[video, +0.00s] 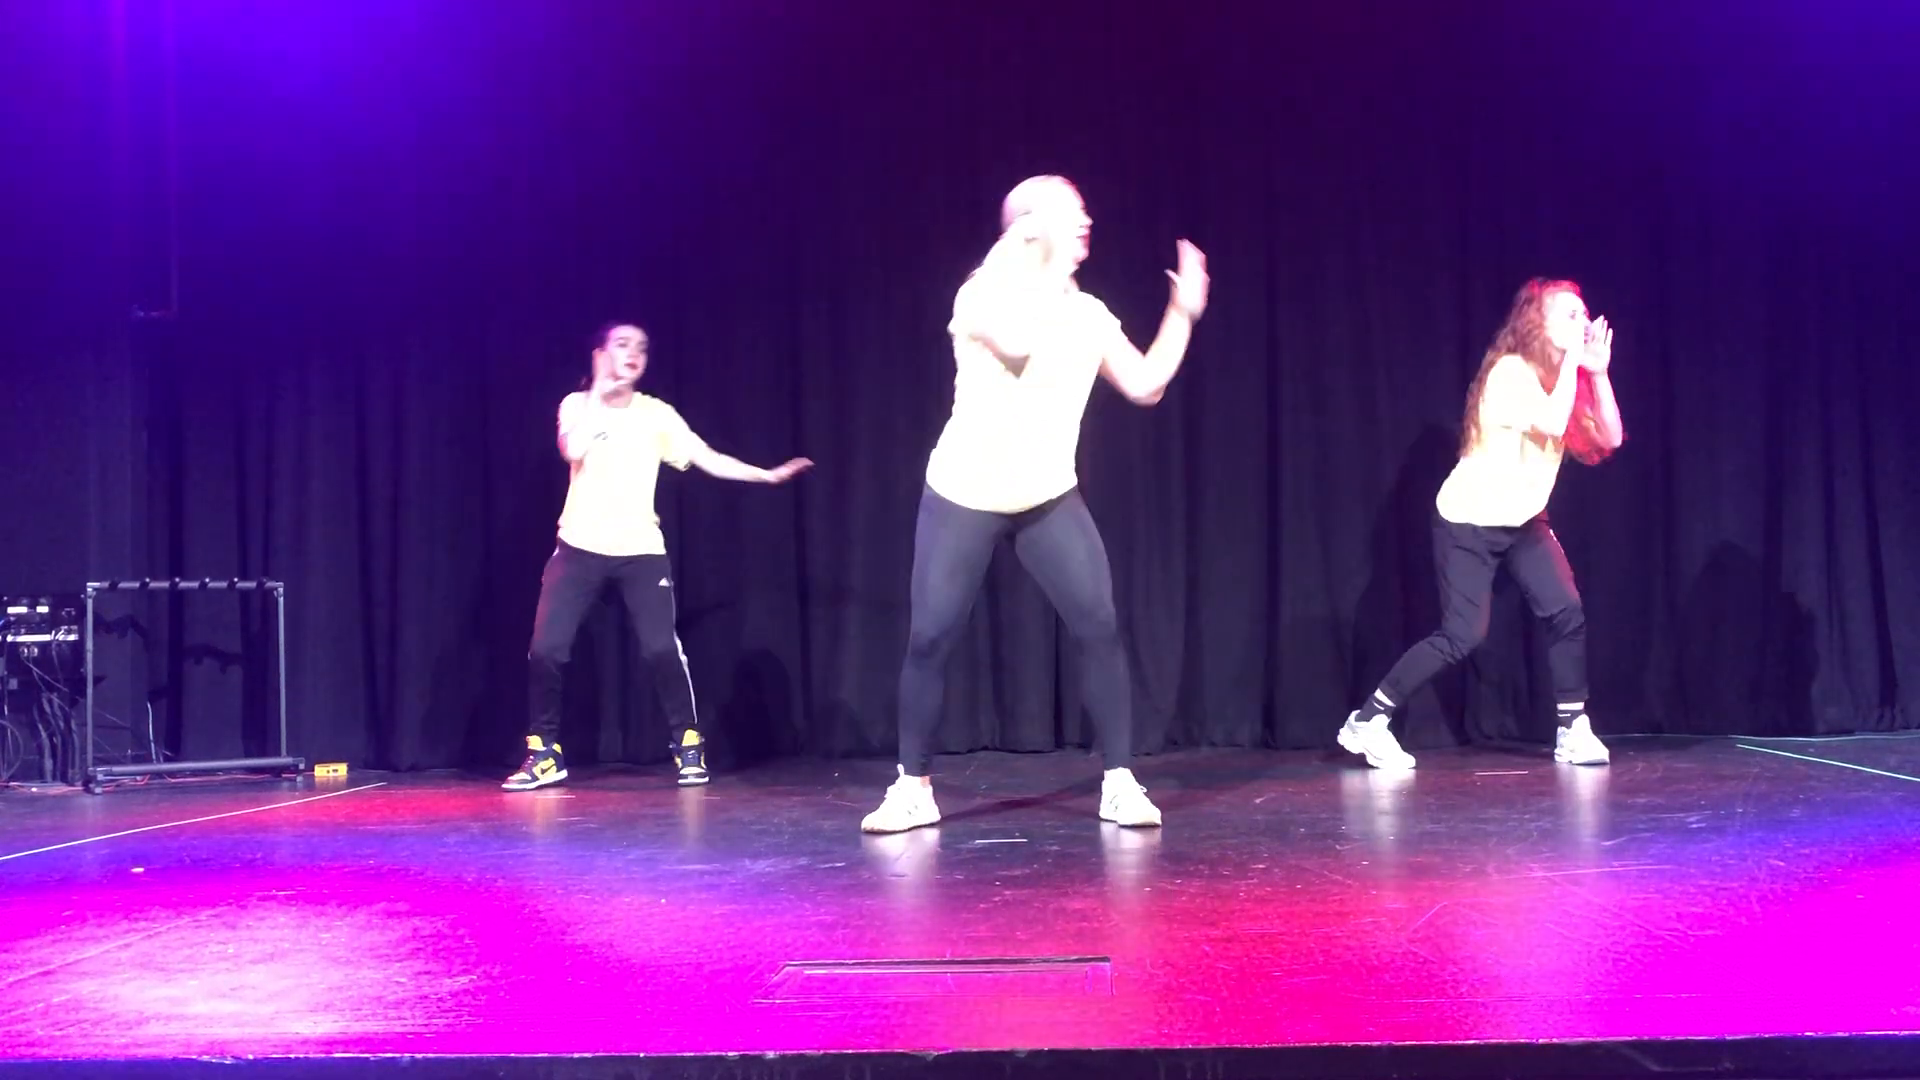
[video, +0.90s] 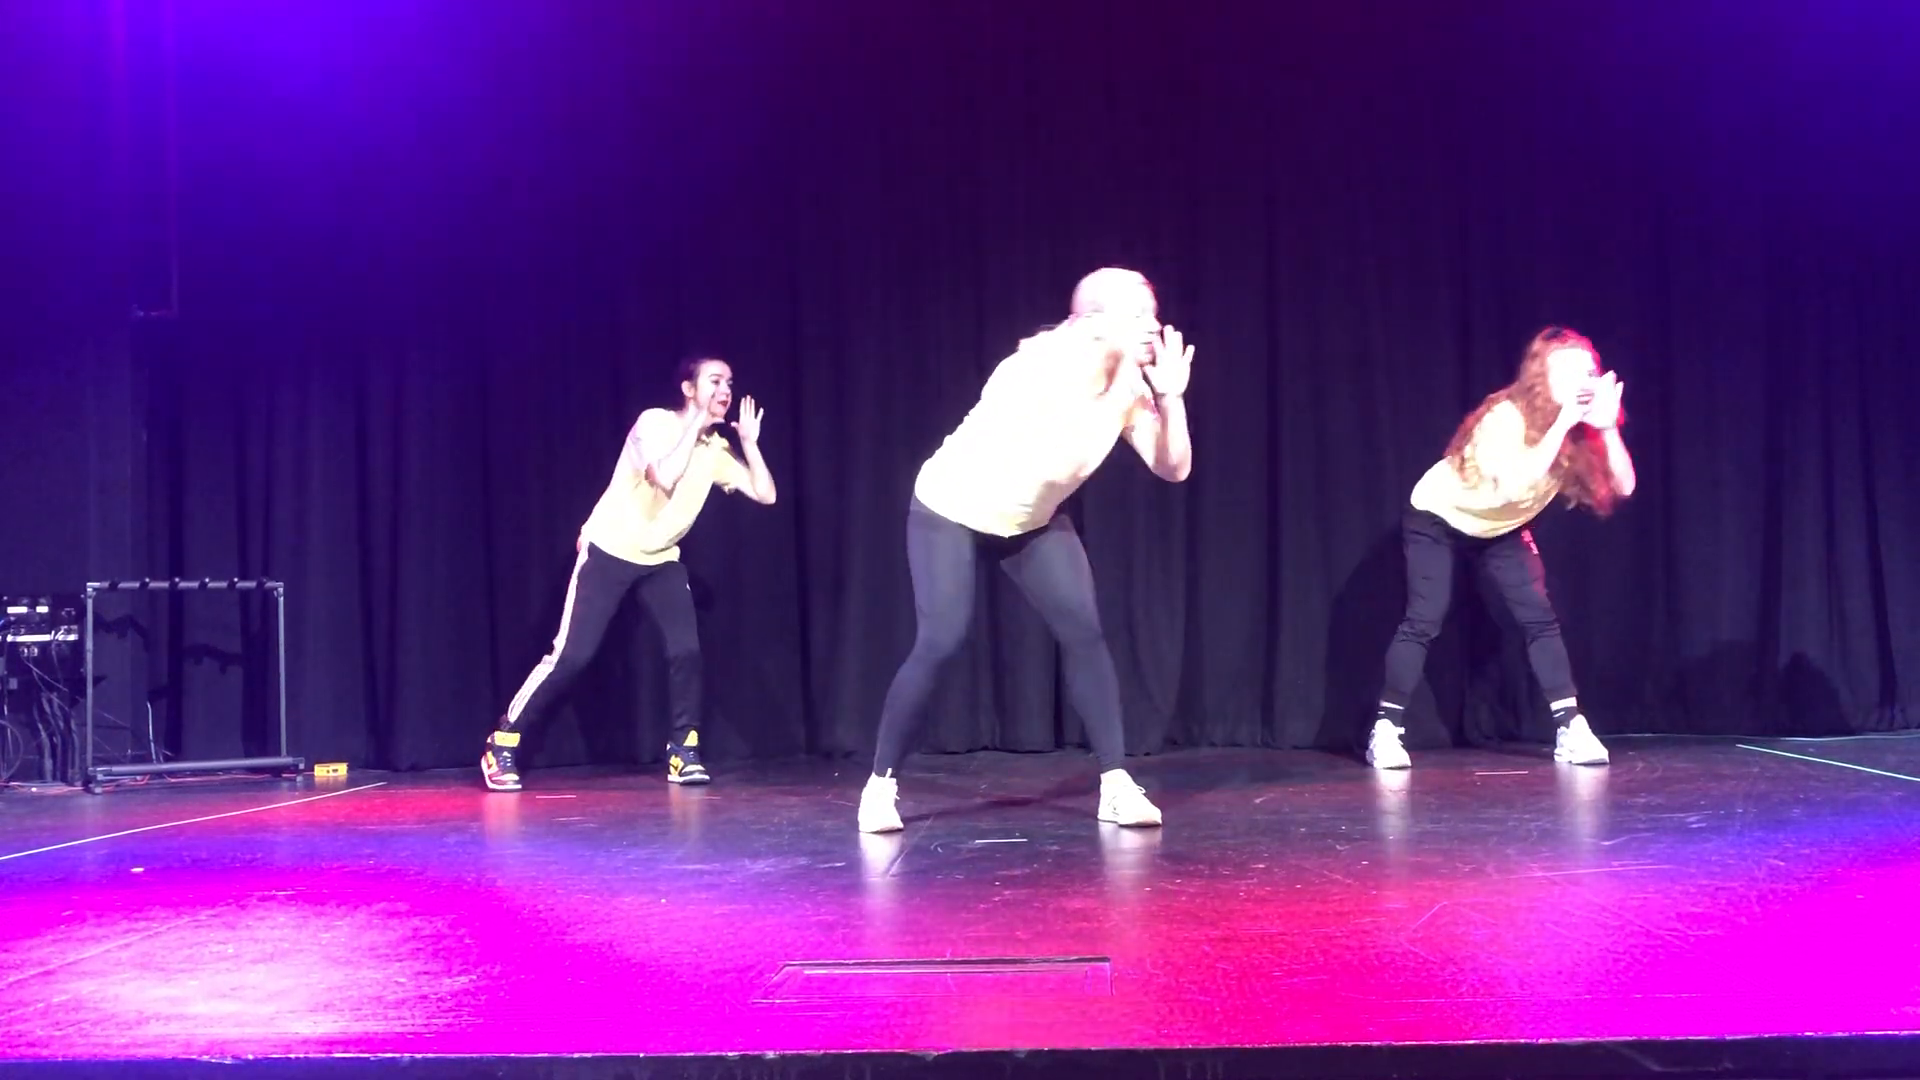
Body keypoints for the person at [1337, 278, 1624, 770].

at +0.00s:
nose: (1580, 322)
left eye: (1582, 315)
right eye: (1568, 313)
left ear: (1582, 326)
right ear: (1536, 321)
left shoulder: (1564, 384)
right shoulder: (1509, 373)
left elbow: (1610, 437)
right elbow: (1553, 423)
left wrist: (1601, 374)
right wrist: (1574, 362)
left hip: (1524, 523)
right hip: (1468, 522)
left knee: (1565, 612)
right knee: (1462, 634)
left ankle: (1572, 731)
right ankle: (1366, 722)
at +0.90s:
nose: (1581, 382)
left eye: (1588, 371)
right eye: (1568, 372)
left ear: (1597, 376)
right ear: (1542, 378)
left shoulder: (1578, 433)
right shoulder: (1503, 415)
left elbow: (1623, 487)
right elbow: (1512, 483)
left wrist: (1608, 428)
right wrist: (1565, 420)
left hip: (1502, 528)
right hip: (1437, 518)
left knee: (1539, 618)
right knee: (1424, 619)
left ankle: (1570, 729)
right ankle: (1386, 730)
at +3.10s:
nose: (1622, 342)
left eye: (1622, 332)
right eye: (1609, 334)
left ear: (1625, 339)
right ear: (1579, 346)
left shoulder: (1601, 398)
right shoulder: (1539, 394)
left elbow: (1629, 459)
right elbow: (1486, 461)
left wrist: (1629, 391)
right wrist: (1467, 534)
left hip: (1515, 519)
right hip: (1460, 510)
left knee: (1554, 608)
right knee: (1445, 623)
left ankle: (1556, 732)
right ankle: (1362, 723)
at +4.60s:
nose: (1406, 427)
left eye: (1415, 414)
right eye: (1395, 418)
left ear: (1441, 411)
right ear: (1383, 423)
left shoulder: (1479, 436)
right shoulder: (1385, 453)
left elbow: (1505, 510)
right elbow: (1368, 532)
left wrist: (1443, 461)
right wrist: (1390, 469)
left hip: (1493, 532)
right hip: (1428, 538)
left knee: (1528, 615)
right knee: (1405, 623)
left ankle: (1573, 724)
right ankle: (1387, 730)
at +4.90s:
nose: (1537, 428)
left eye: (1545, 418)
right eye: (1527, 418)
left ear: (1558, 418)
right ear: (1502, 419)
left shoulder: (1561, 454)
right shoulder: (1467, 452)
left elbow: (1587, 522)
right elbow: (1458, 522)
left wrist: (1567, 465)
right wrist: (1507, 467)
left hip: (1498, 533)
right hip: (1430, 526)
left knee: (1534, 618)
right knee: (1416, 619)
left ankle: (1575, 727)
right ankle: (1386, 730)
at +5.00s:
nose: (1570, 420)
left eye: (1577, 410)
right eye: (1561, 408)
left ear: (1589, 412)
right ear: (1536, 409)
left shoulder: (1575, 455)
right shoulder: (1495, 442)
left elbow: (1606, 516)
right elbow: (1488, 517)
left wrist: (1591, 461)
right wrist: (1543, 457)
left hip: (1494, 536)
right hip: (1431, 520)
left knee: (1537, 620)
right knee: (1421, 612)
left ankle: (1575, 727)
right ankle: (1386, 730)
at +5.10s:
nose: (1599, 406)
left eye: (1604, 395)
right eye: (1588, 395)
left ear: (1611, 400)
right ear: (1559, 398)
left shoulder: (1589, 448)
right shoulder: (1517, 433)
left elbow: (1621, 507)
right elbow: (1518, 509)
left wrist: (1614, 450)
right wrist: (1573, 446)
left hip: (1503, 530)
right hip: (1439, 516)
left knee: (1541, 619)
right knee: (1423, 618)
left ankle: (1575, 726)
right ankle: (1387, 729)